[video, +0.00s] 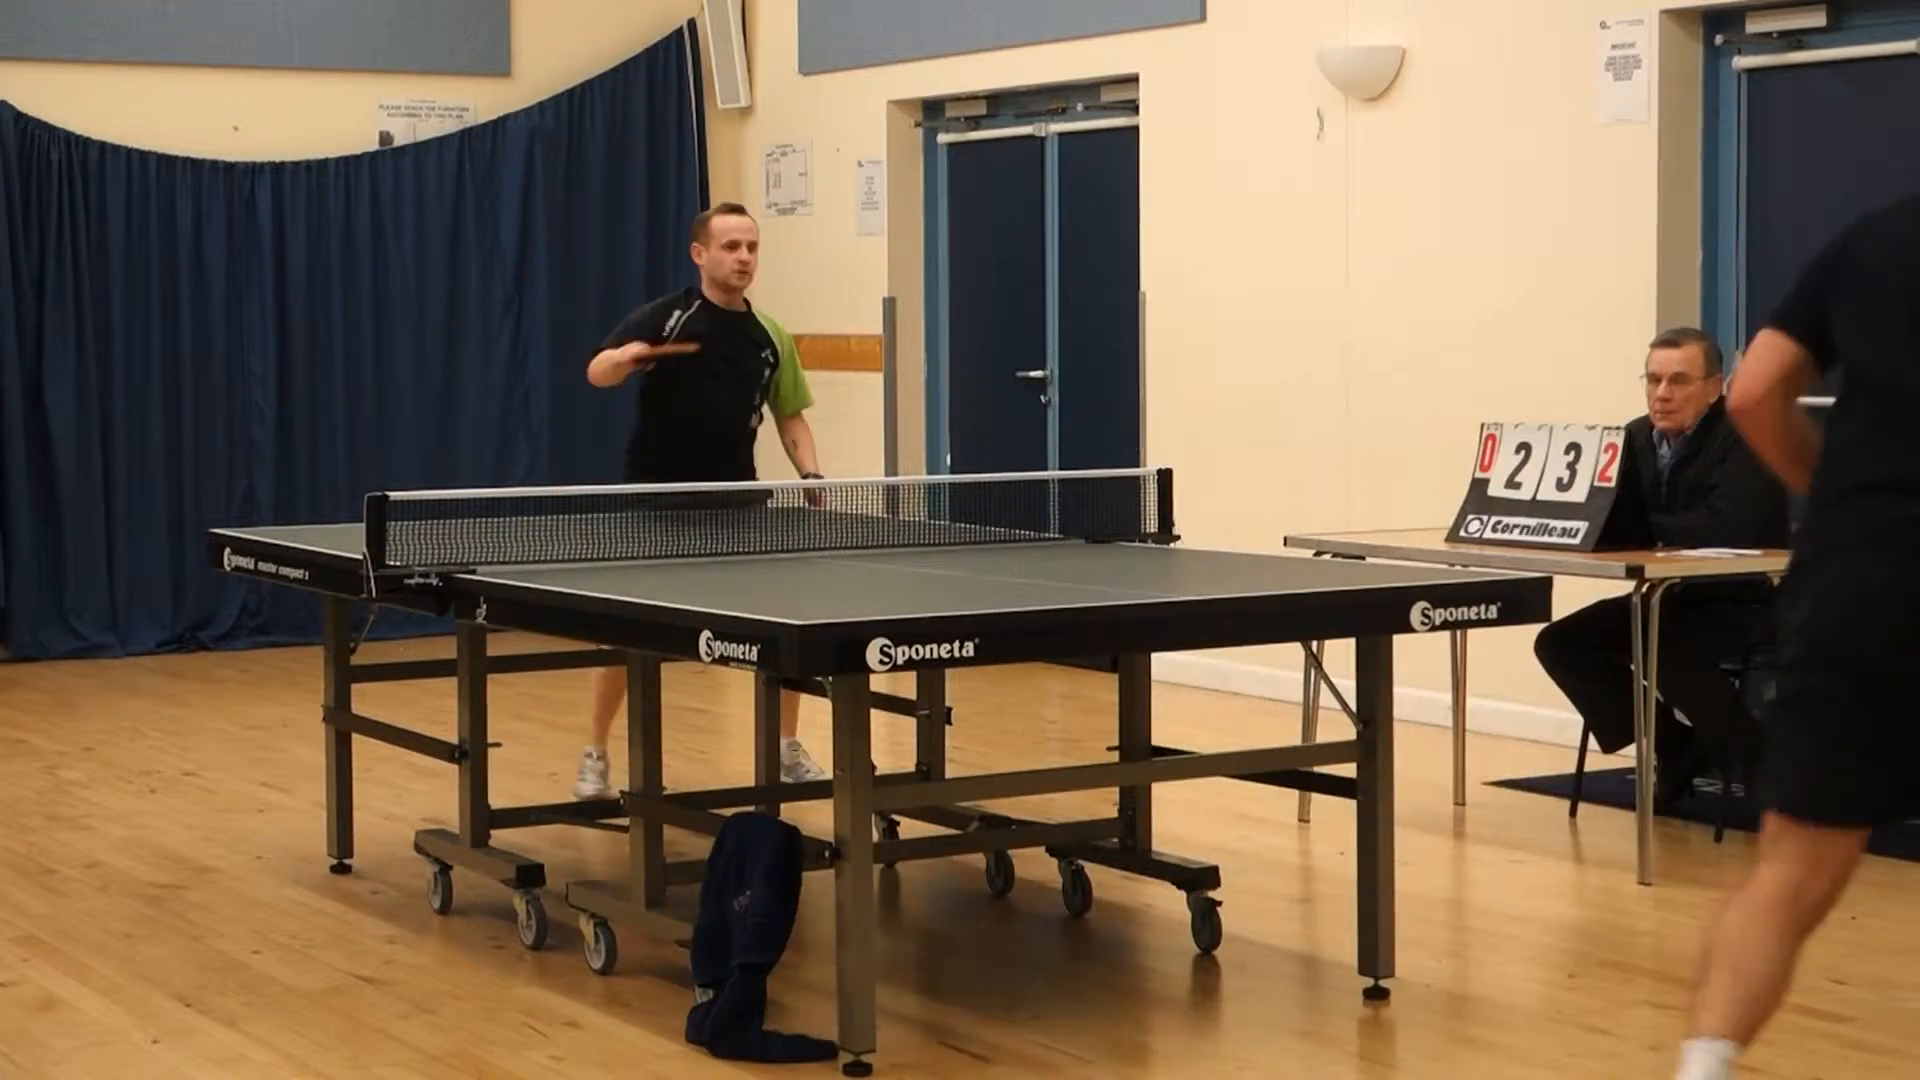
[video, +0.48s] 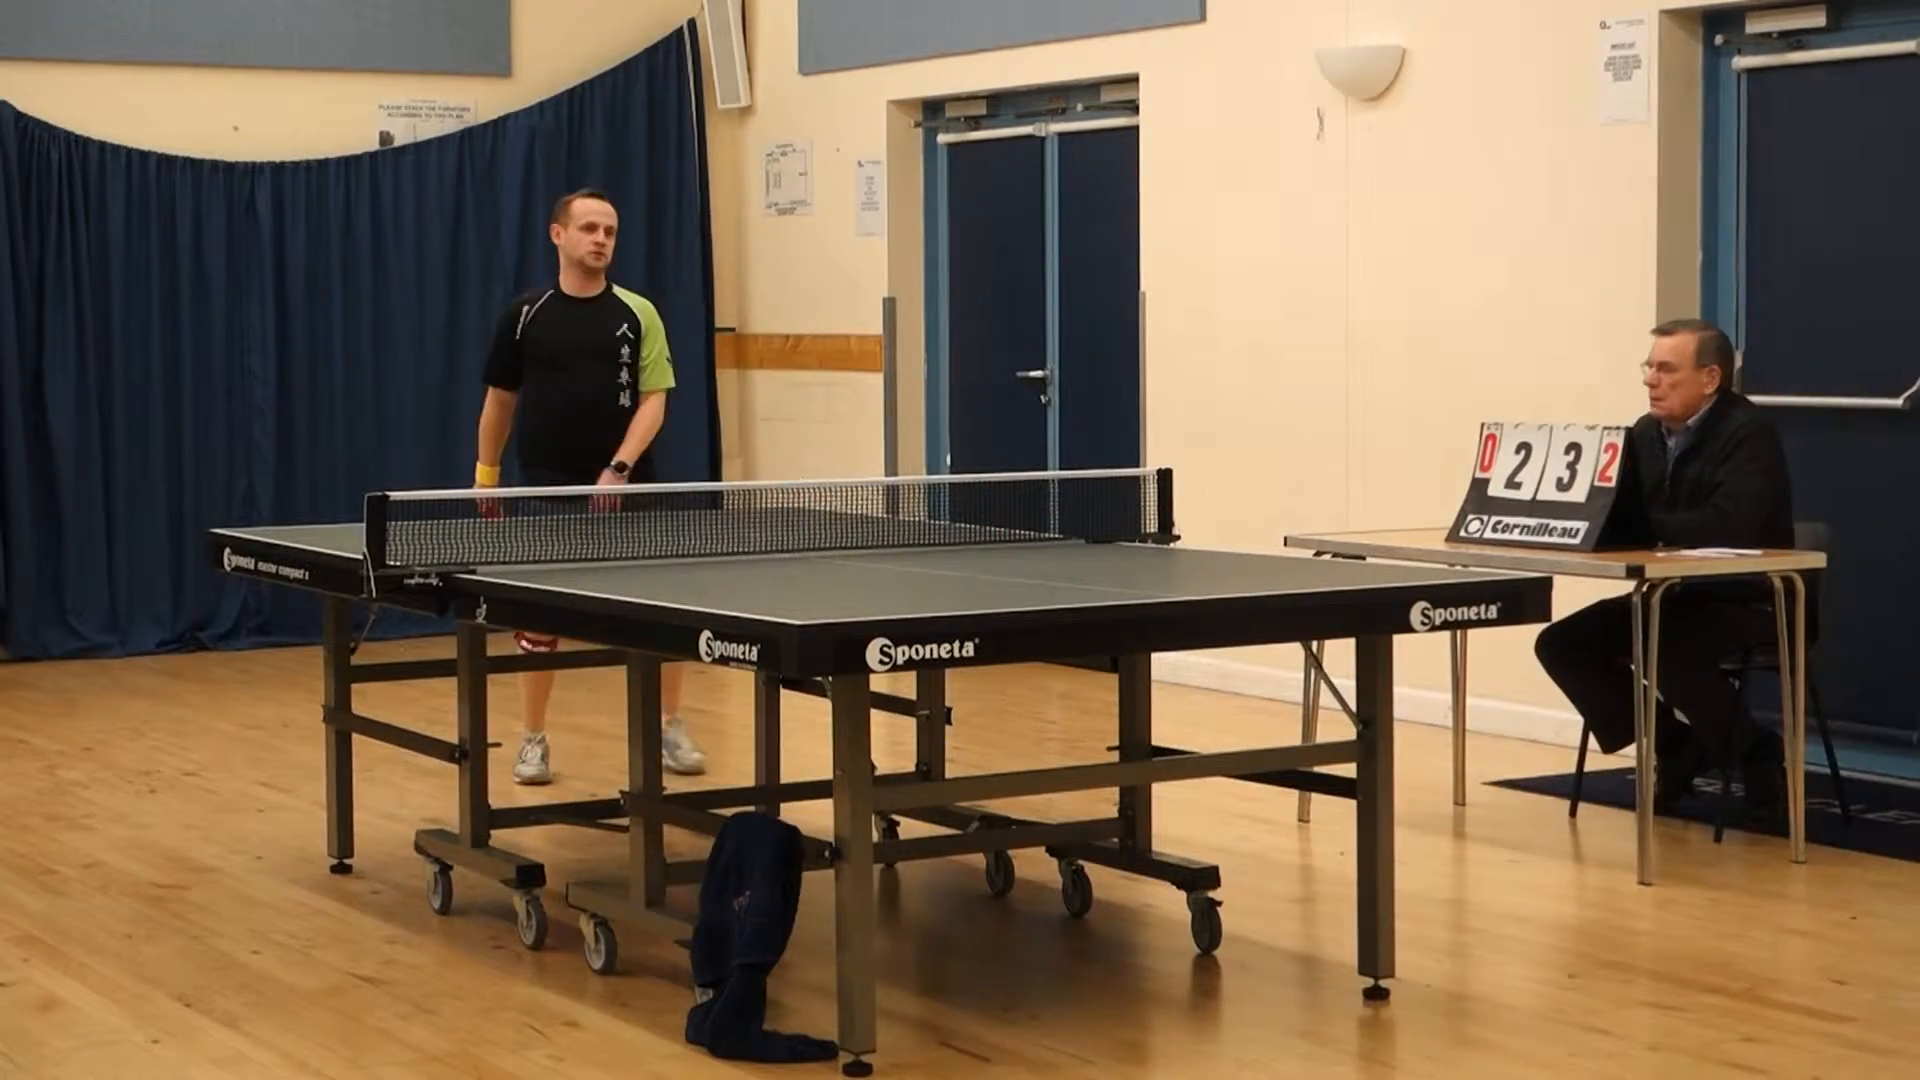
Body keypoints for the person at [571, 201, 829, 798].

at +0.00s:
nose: (745, 257)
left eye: (752, 246)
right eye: (731, 246)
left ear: (759, 254)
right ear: (699, 253)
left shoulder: (771, 337)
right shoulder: (659, 319)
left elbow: (791, 416)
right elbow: (597, 374)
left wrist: (812, 475)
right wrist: (628, 357)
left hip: (736, 506)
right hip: (656, 506)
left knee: (791, 617)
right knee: (629, 630)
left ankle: (785, 747)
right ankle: (596, 751)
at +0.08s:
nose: (716, 254)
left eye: (723, 244)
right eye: (703, 243)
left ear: (731, 252)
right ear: (671, 251)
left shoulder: (746, 333)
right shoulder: (639, 320)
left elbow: (792, 403)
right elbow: (582, 376)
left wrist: (808, 467)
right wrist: (575, 409)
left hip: (720, 510)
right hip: (638, 510)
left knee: (778, 616)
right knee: (598, 625)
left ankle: (783, 748)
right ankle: (557, 732)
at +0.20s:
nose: (671, 269)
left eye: (678, 260)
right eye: (658, 258)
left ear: (684, 269)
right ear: (626, 264)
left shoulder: (704, 346)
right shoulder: (593, 343)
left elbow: (753, 411)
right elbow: (547, 418)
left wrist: (787, 473)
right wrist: (519, 485)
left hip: (687, 523)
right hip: (602, 523)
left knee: (745, 629)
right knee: (564, 630)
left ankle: (775, 745)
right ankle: (537, 738)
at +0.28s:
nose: (642, 263)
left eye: (650, 253)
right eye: (629, 252)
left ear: (657, 263)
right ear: (598, 259)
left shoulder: (676, 339)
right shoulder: (562, 343)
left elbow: (708, 417)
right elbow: (527, 429)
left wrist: (739, 475)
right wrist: (502, 508)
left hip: (660, 518)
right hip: (578, 519)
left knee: (719, 623)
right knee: (550, 627)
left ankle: (770, 746)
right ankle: (533, 738)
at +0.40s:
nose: (613, 245)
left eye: (620, 236)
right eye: (600, 234)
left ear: (627, 245)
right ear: (569, 241)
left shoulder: (650, 319)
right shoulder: (536, 322)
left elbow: (662, 406)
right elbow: (508, 414)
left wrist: (659, 476)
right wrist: (496, 488)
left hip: (633, 500)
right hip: (552, 503)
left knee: (684, 614)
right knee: (541, 624)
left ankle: (713, 736)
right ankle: (533, 739)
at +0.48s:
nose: (601, 239)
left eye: (609, 231)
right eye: (589, 229)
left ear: (616, 241)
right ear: (558, 236)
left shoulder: (639, 313)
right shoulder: (525, 316)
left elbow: (654, 400)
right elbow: (499, 402)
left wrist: (619, 467)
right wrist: (485, 479)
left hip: (628, 494)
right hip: (545, 497)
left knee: (663, 610)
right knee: (538, 618)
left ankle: (669, 726)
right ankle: (533, 737)